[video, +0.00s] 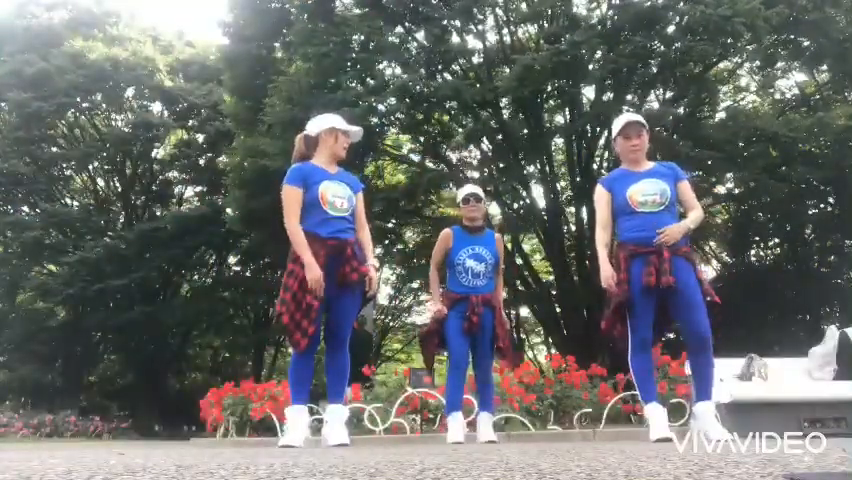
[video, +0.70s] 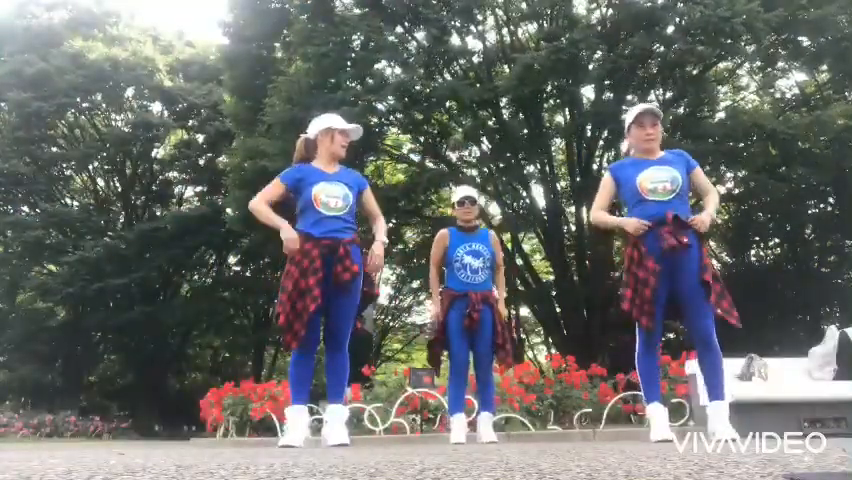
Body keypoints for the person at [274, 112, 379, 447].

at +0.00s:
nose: (347, 142)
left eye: (347, 137)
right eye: (343, 136)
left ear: (338, 140)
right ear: (324, 137)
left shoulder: (352, 181)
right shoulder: (299, 172)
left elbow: (362, 227)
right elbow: (292, 222)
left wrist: (371, 261)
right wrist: (309, 263)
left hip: (349, 256)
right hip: (312, 254)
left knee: (339, 338)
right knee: (306, 339)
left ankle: (336, 418)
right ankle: (297, 419)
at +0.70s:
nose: (347, 141)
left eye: (348, 137)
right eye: (341, 135)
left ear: (341, 142)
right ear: (322, 138)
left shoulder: (355, 179)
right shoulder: (299, 173)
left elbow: (377, 218)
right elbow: (257, 203)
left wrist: (379, 243)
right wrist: (284, 226)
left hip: (347, 259)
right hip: (309, 257)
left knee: (339, 340)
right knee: (305, 339)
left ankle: (336, 419)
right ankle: (297, 419)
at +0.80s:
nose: (347, 140)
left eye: (347, 136)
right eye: (341, 134)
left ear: (343, 141)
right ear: (322, 137)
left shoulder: (356, 177)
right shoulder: (299, 170)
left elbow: (384, 207)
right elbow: (249, 187)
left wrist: (382, 225)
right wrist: (280, 204)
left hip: (347, 256)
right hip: (308, 254)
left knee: (338, 339)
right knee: (305, 338)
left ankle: (336, 419)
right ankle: (297, 419)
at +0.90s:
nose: (348, 139)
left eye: (348, 135)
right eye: (342, 133)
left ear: (340, 139)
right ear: (323, 136)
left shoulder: (356, 175)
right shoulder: (299, 169)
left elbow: (383, 200)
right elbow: (250, 185)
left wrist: (377, 217)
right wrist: (279, 203)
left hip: (347, 254)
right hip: (308, 252)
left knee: (338, 339)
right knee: (305, 338)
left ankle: (336, 420)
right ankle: (297, 419)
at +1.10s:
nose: (348, 138)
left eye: (348, 133)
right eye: (342, 132)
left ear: (342, 138)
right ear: (322, 135)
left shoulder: (354, 174)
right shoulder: (300, 168)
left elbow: (371, 200)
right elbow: (252, 187)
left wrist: (367, 215)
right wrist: (279, 207)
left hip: (346, 253)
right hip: (308, 252)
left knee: (338, 341)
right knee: (305, 339)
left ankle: (335, 420)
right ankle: (296, 421)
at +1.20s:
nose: (347, 138)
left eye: (347, 133)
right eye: (341, 132)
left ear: (343, 138)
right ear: (322, 135)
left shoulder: (354, 173)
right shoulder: (300, 168)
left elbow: (370, 201)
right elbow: (252, 187)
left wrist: (365, 215)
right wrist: (279, 207)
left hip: (346, 253)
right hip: (308, 252)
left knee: (338, 340)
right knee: (305, 339)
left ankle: (336, 420)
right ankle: (297, 420)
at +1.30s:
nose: (346, 137)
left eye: (346, 133)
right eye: (340, 132)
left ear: (342, 138)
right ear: (321, 135)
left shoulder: (354, 174)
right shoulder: (299, 167)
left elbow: (369, 200)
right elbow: (253, 186)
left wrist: (365, 214)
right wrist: (281, 206)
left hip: (346, 254)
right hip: (307, 253)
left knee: (338, 340)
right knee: (304, 338)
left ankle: (336, 420)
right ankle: (296, 420)